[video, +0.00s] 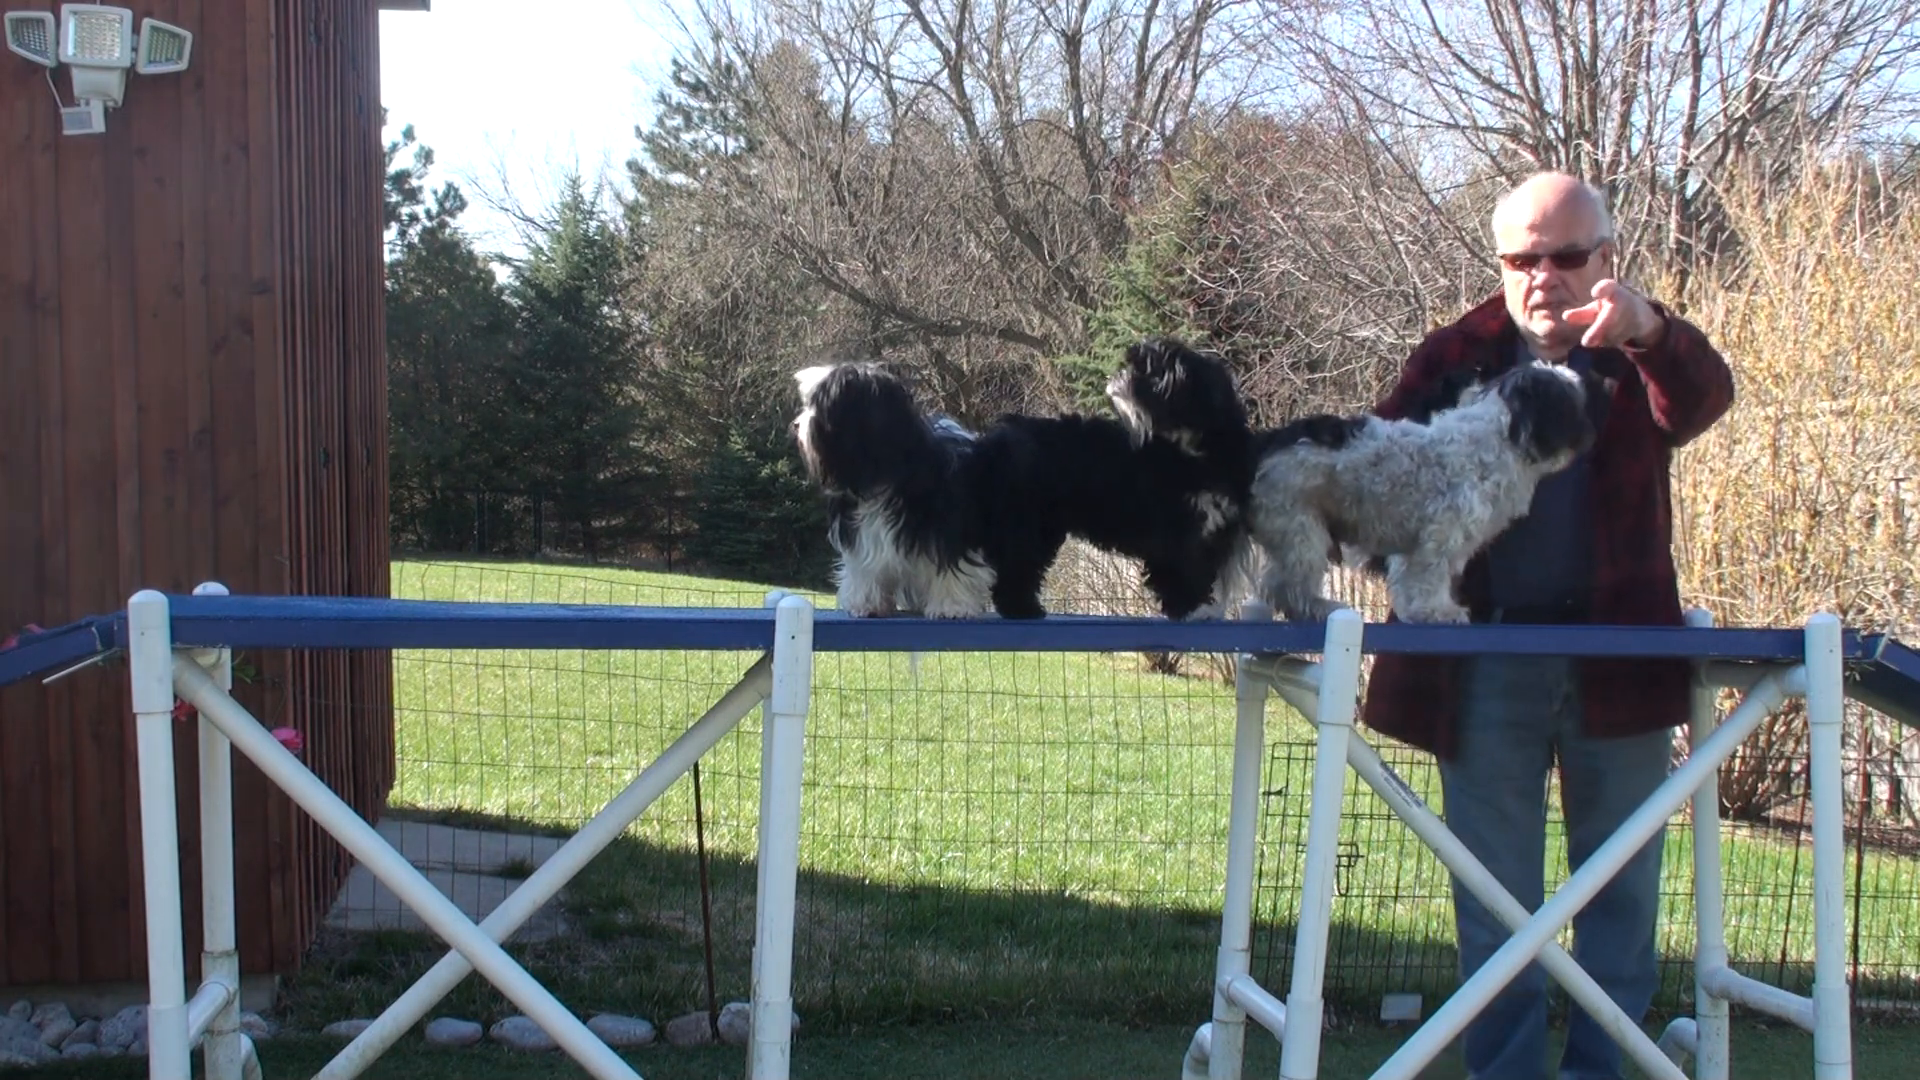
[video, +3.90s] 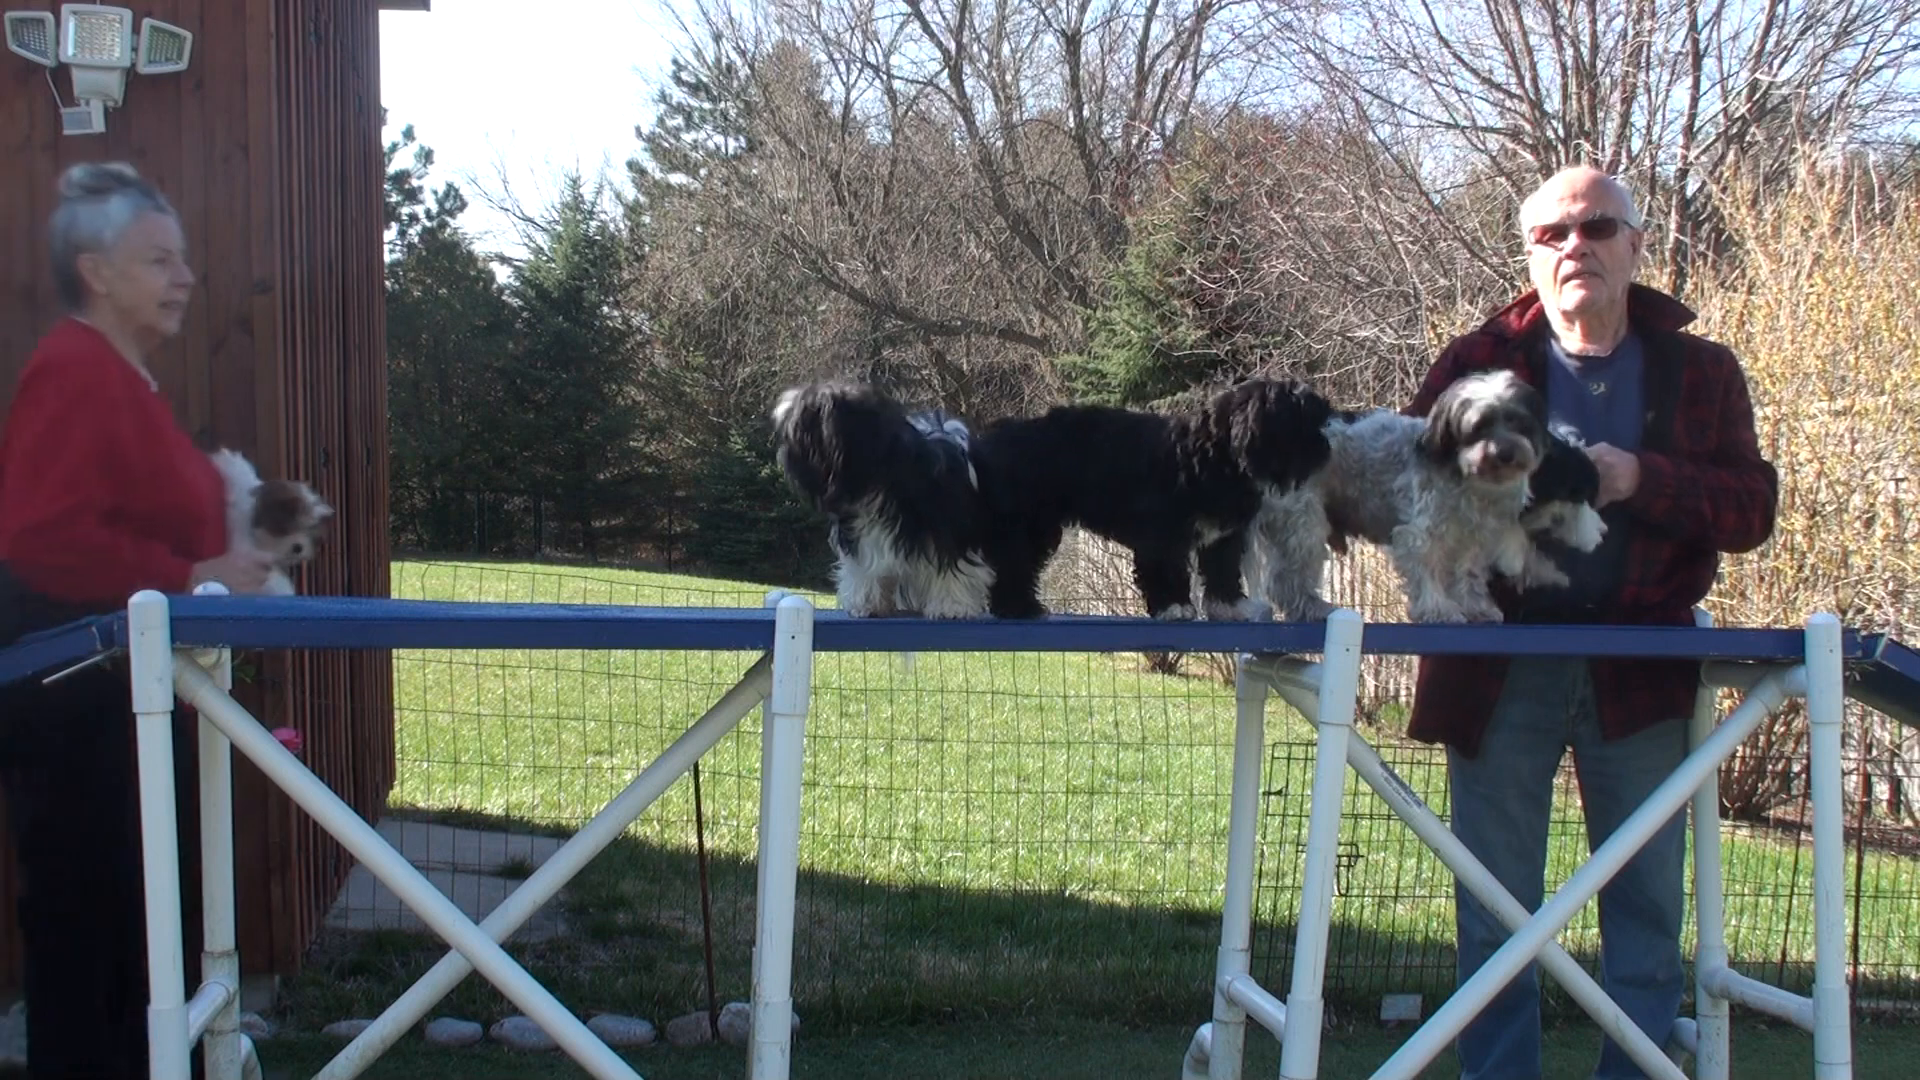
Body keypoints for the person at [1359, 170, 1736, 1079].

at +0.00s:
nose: (1548, 277)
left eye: (1570, 257)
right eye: (1526, 260)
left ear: (1610, 253)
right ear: (1496, 264)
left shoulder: (1643, 352)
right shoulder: (1451, 357)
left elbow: (1703, 401)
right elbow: (1381, 469)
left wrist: (1650, 333)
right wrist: (1369, 533)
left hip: (1621, 661)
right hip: (1484, 659)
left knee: (1621, 897)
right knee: (1493, 899)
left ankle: (1601, 1068)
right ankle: (1503, 1065)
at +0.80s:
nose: (1589, 261)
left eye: (1612, 242)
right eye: (1568, 244)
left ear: (1652, 252)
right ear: (1544, 257)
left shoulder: (1705, 361)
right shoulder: (1488, 351)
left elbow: (1769, 472)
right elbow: (1416, 470)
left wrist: (1627, 394)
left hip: (1640, 665)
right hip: (1501, 662)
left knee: (1645, 907)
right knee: (1494, 901)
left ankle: (1639, 1073)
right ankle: (1498, 1067)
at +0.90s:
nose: (1588, 260)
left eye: (1612, 241)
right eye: (1567, 243)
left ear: (1652, 252)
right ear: (1543, 257)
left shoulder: (1704, 361)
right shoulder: (1487, 352)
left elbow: (1771, 476)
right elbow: (1415, 471)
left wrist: (1635, 417)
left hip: (1638, 665)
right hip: (1499, 662)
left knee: (1644, 908)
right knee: (1492, 903)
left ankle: (1638, 1073)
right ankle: (1497, 1068)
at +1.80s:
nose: (1573, 263)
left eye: (1596, 243)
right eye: (1553, 246)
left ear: (1636, 251)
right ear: (1531, 260)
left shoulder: (1688, 355)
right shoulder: (1484, 350)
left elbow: (1724, 460)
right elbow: (1415, 454)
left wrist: (1620, 459)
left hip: (1634, 662)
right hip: (1497, 657)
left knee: (1644, 896)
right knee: (1493, 895)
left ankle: (1637, 1069)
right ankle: (1497, 1063)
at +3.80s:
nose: (1578, 246)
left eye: (1601, 227)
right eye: (1555, 232)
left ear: (1638, 244)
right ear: (1531, 254)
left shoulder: (1703, 371)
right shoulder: (1478, 362)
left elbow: (1754, 507)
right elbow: (1405, 476)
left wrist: (1640, 480)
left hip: (1642, 663)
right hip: (1502, 659)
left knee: (1645, 906)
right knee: (1493, 903)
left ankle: (1640, 1073)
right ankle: (1496, 1067)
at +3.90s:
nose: (1575, 246)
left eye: (1597, 228)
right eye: (1552, 233)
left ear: (1636, 243)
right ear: (1528, 255)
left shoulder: (1701, 371)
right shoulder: (1474, 364)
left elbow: (1751, 509)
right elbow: (1402, 480)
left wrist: (1640, 478)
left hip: (1641, 665)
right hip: (1501, 662)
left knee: (1645, 912)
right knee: (1493, 909)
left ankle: (1641, 1073)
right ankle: (1495, 1068)